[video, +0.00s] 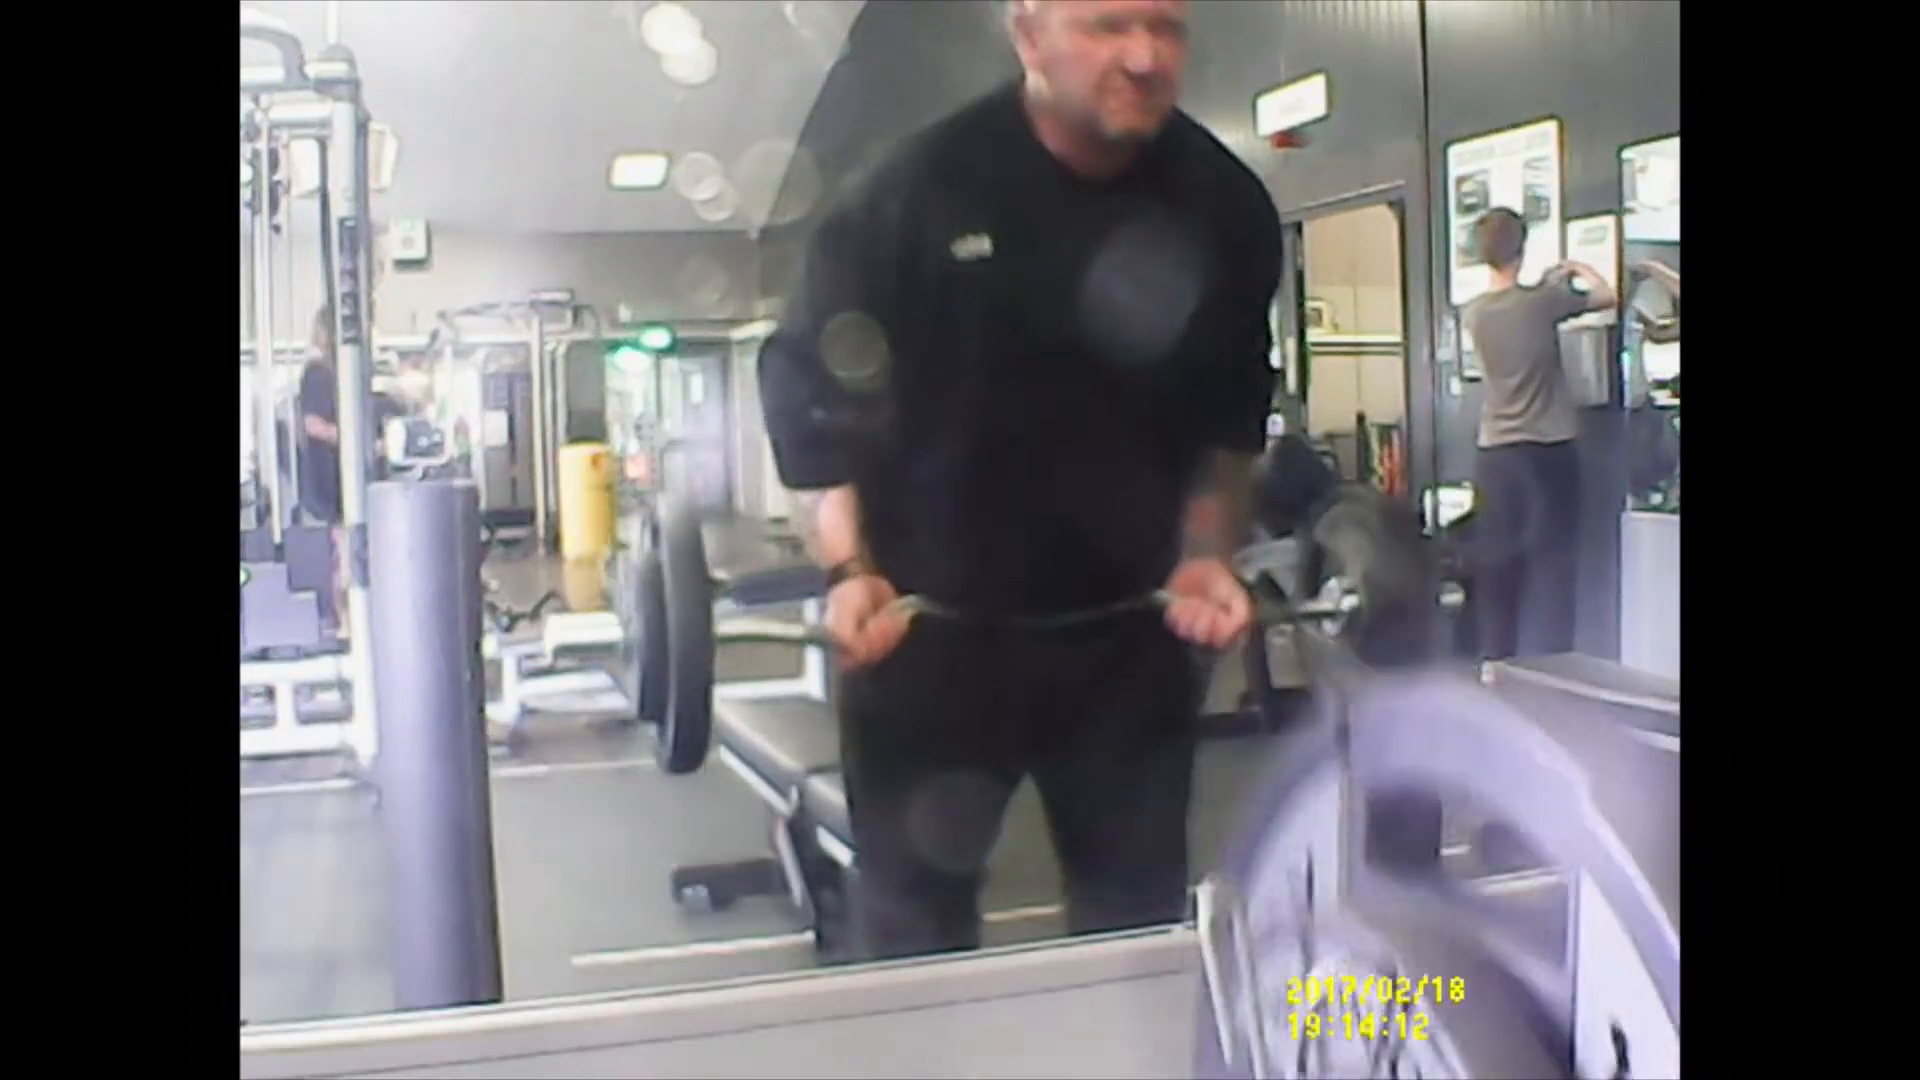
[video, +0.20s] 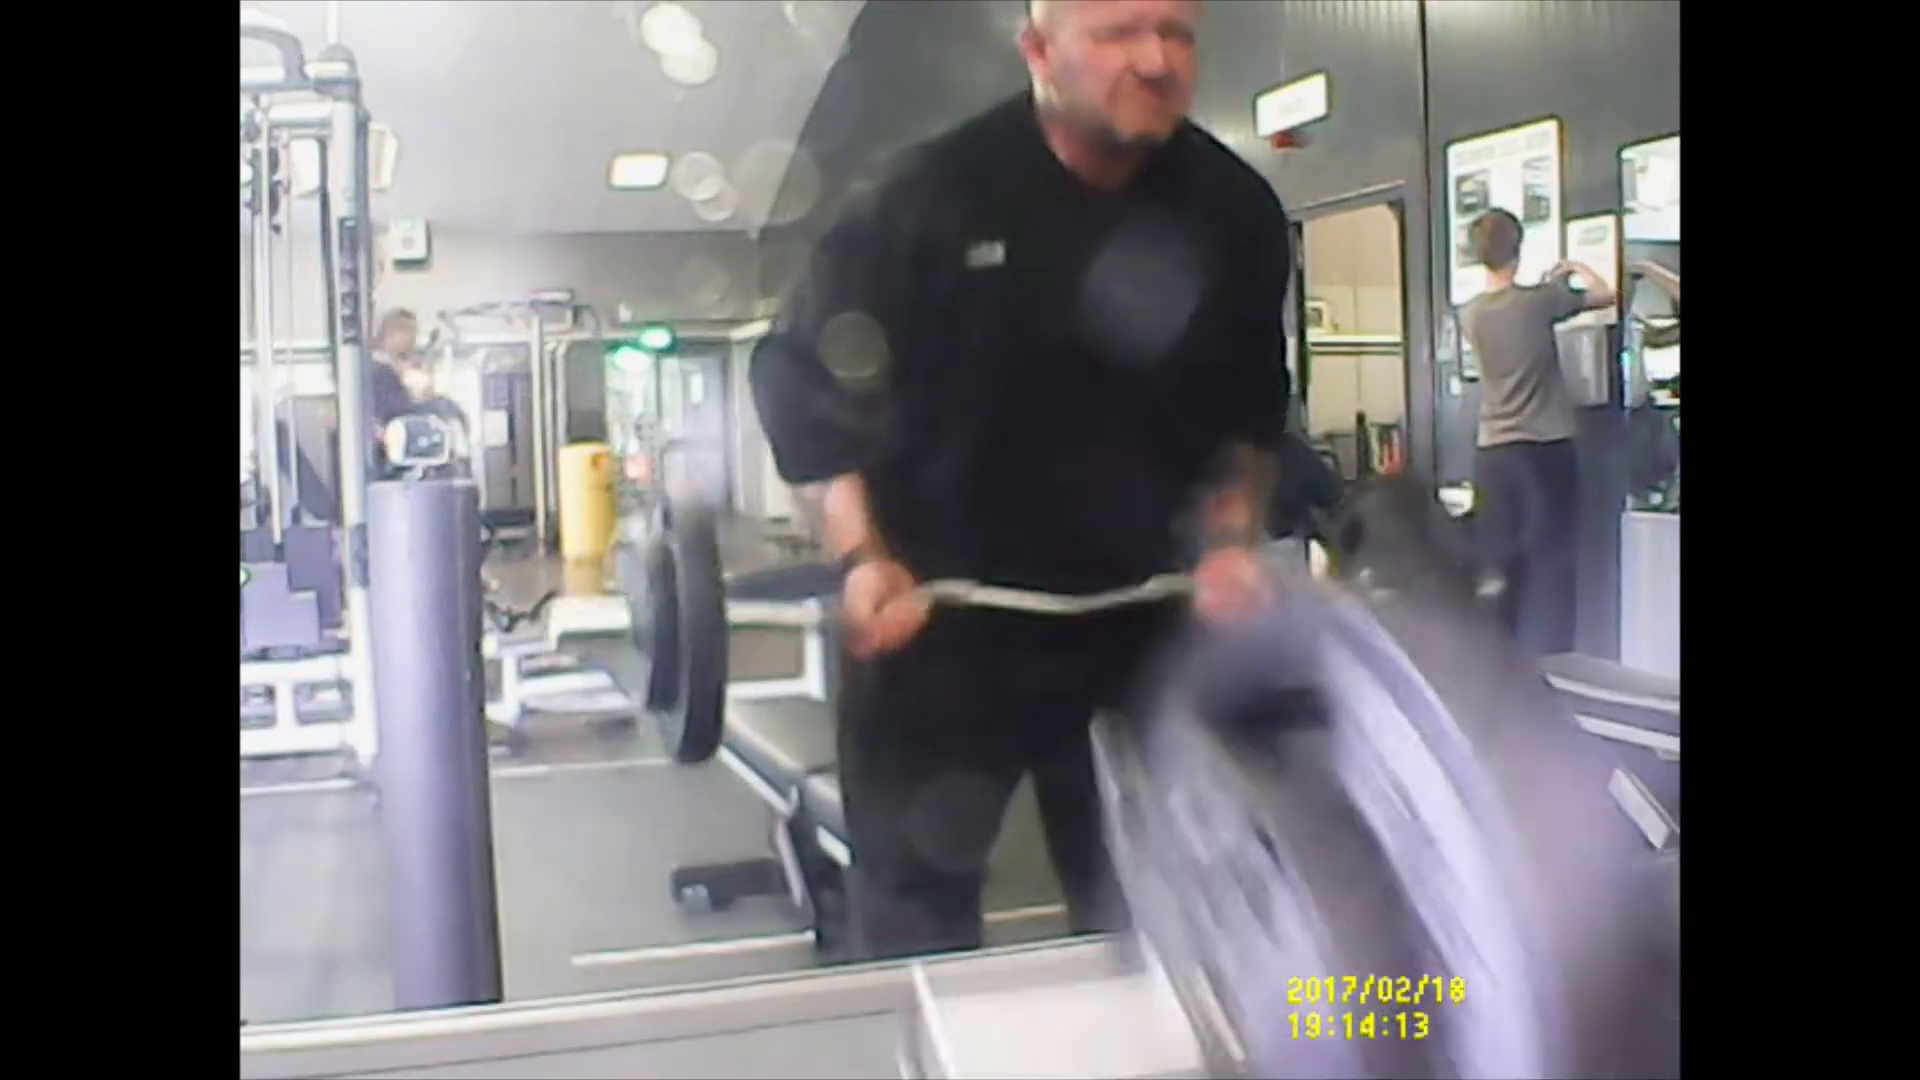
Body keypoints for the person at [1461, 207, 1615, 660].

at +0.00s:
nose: (1515, 252)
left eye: (1497, 245)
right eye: (1519, 244)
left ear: (1481, 253)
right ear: (1522, 250)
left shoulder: (1475, 313)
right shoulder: (1543, 302)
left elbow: (1515, 308)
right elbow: (1608, 299)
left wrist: (1551, 279)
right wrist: (1581, 269)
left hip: (1495, 450)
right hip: (1547, 447)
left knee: (1496, 554)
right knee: (1551, 554)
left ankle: (1493, 660)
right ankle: (1551, 665)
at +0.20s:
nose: (1513, 252)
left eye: (1495, 246)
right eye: (1516, 245)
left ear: (1477, 255)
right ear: (1519, 251)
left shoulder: (1472, 314)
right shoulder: (1539, 301)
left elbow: (1511, 310)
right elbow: (1606, 297)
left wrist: (1550, 281)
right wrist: (1578, 268)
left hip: (1493, 450)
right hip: (1546, 446)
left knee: (1500, 561)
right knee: (1551, 556)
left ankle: (1499, 667)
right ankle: (1550, 667)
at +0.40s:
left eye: (1485, 251)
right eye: (1510, 248)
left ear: (1478, 256)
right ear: (1519, 251)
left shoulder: (1468, 315)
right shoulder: (1539, 302)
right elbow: (1605, 298)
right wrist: (1578, 270)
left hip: (1483, 432)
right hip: (1534, 430)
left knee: (1484, 543)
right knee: (1531, 538)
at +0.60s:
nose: (1522, 257)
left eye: (1518, 249)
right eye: (1521, 250)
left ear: (1480, 259)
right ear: (1519, 255)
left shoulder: (1468, 314)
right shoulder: (1542, 300)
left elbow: (1476, 357)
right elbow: (1600, 301)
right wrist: (1587, 278)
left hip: (1495, 449)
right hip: (1548, 445)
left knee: (1496, 555)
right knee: (1550, 554)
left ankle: (1492, 662)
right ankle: (1546, 667)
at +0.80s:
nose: (1520, 255)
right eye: (1522, 247)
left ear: (1483, 254)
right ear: (1524, 251)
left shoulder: (1470, 315)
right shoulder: (1540, 302)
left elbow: (1472, 359)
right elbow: (1605, 298)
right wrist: (1592, 278)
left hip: (1496, 451)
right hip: (1549, 447)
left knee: (1497, 555)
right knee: (1551, 554)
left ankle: (1494, 662)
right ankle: (1549, 666)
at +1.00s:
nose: (1528, 253)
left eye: (1526, 245)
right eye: (1525, 246)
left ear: (1482, 263)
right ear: (1520, 257)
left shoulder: (1472, 311)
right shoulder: (1541, 301)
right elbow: (1607, 299)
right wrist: (1597, 278)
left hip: (1495, 453)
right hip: (1548, 448)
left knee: (1499, 560)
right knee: (1552, 557)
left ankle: (1495, 666)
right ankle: (1549, 671)